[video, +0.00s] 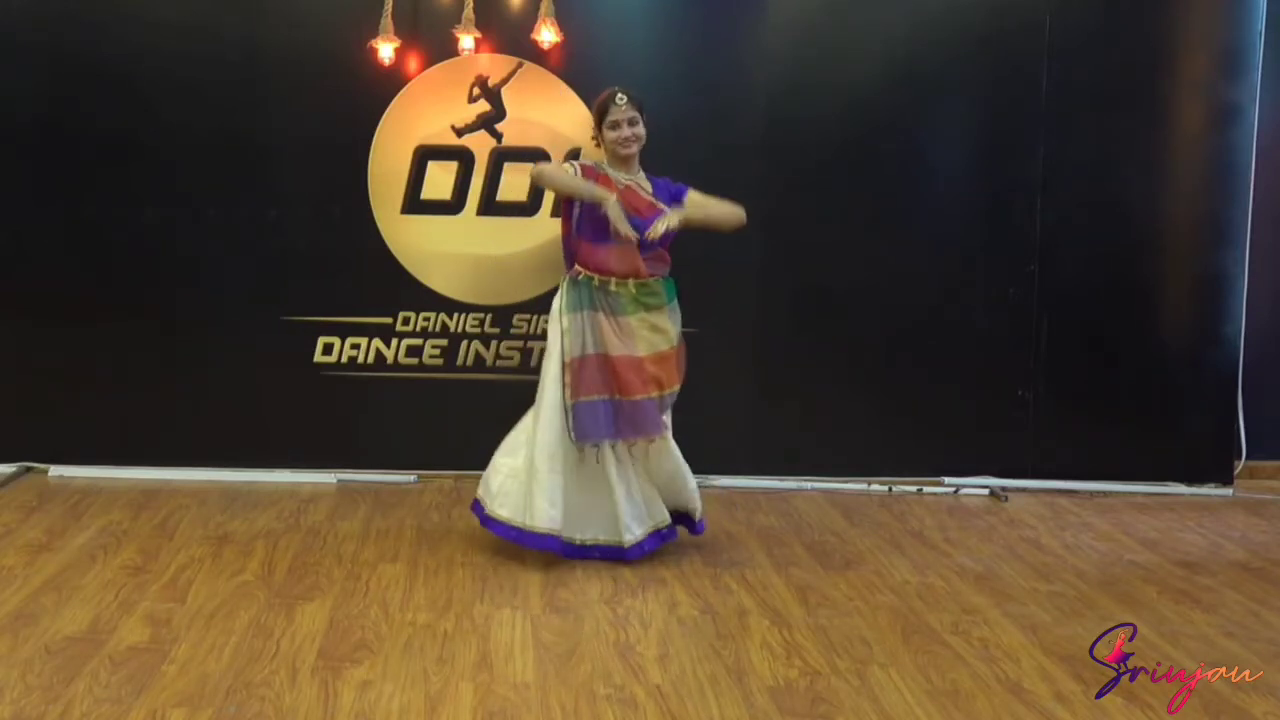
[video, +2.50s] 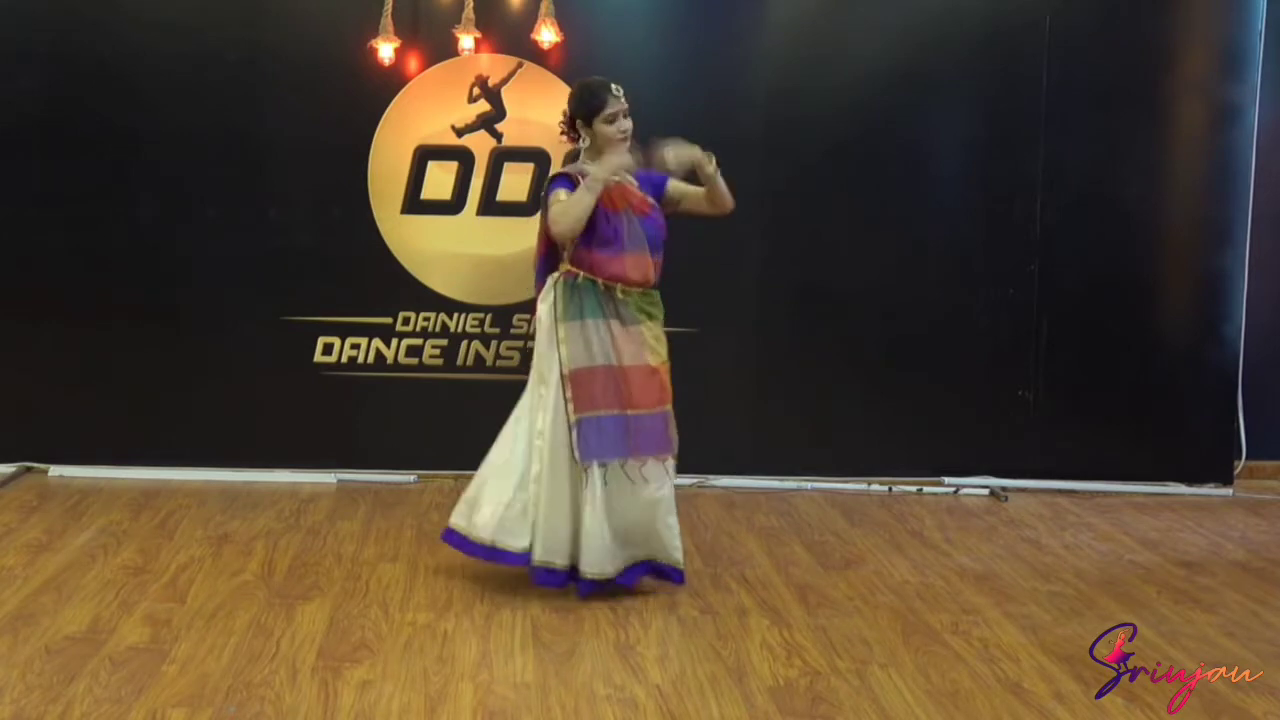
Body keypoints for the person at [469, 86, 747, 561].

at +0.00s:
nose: (626, 131)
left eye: (633, 122)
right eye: (615, 125)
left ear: (645, 127)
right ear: (599, 134)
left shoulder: (661, 190)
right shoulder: (586, 178)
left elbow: (736, 215)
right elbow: (544, 174)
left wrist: (684, 214)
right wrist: (607, 198)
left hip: (646, 313)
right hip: (590, 311)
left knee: (640, 415)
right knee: (590, 413)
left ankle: (637, 516)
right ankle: (589, 523)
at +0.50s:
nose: (608, 154)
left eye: (617, 144)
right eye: (603, 147)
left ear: (645, 145)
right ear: (600, 153)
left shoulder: (664, 210)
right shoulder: (596, 193)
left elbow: (685, 257)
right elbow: (533, 167)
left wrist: (613, 268)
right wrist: (573, 184)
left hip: (643, 338)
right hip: (589, 335)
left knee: (636, 439)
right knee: (568, 431)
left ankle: (651, 534)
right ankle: (568, 539)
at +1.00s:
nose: (601, 130)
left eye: (609, 121)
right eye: (599, 121)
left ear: (640, 122)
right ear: (606, 125)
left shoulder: (660, 176)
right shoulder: (605, 175)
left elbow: (630, 187)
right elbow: (582, 205)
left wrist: (580, 201)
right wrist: (572, 218)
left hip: (647, 318)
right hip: (598, 320)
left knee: (661, 429)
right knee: (596, 431)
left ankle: (681, 538)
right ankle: (596, 539)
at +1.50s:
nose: (604, 130)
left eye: (615, 123)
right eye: (600, 122)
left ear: (641, 133)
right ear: (594, 130)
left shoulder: (661, 188)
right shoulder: (576, 193)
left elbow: (694, 152)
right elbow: (520, 230)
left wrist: (630, 173)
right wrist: (551, 231)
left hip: (641, 330)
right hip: (584, 329)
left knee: (631, 438)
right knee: (586, 438)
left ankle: (656, 546)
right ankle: (592, 544)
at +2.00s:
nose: (607, 146)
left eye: (615, 138)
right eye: (596, 137)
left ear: (624, 145)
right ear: (576, 142)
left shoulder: (638, 201)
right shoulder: (563, 201)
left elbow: (714, 204)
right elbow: (528, 236)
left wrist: (680, 211)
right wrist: (601, 235)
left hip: (629, 339)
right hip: (571, 338)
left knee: (627, 445)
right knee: (575, 447)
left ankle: (618, 561)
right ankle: (569, 566)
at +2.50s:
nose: (625, 126)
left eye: (627, 115)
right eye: (612, 119)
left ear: (632, 119)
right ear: (582, 129)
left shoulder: (645, 182)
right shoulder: (569, 182)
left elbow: (719, 204)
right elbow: (563, 228)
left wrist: (706, 166)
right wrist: (597, 176)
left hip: (634, 319)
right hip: (580, 318)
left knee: (630, 433)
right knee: (582, 433)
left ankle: (617, 558)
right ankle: (577, 558)